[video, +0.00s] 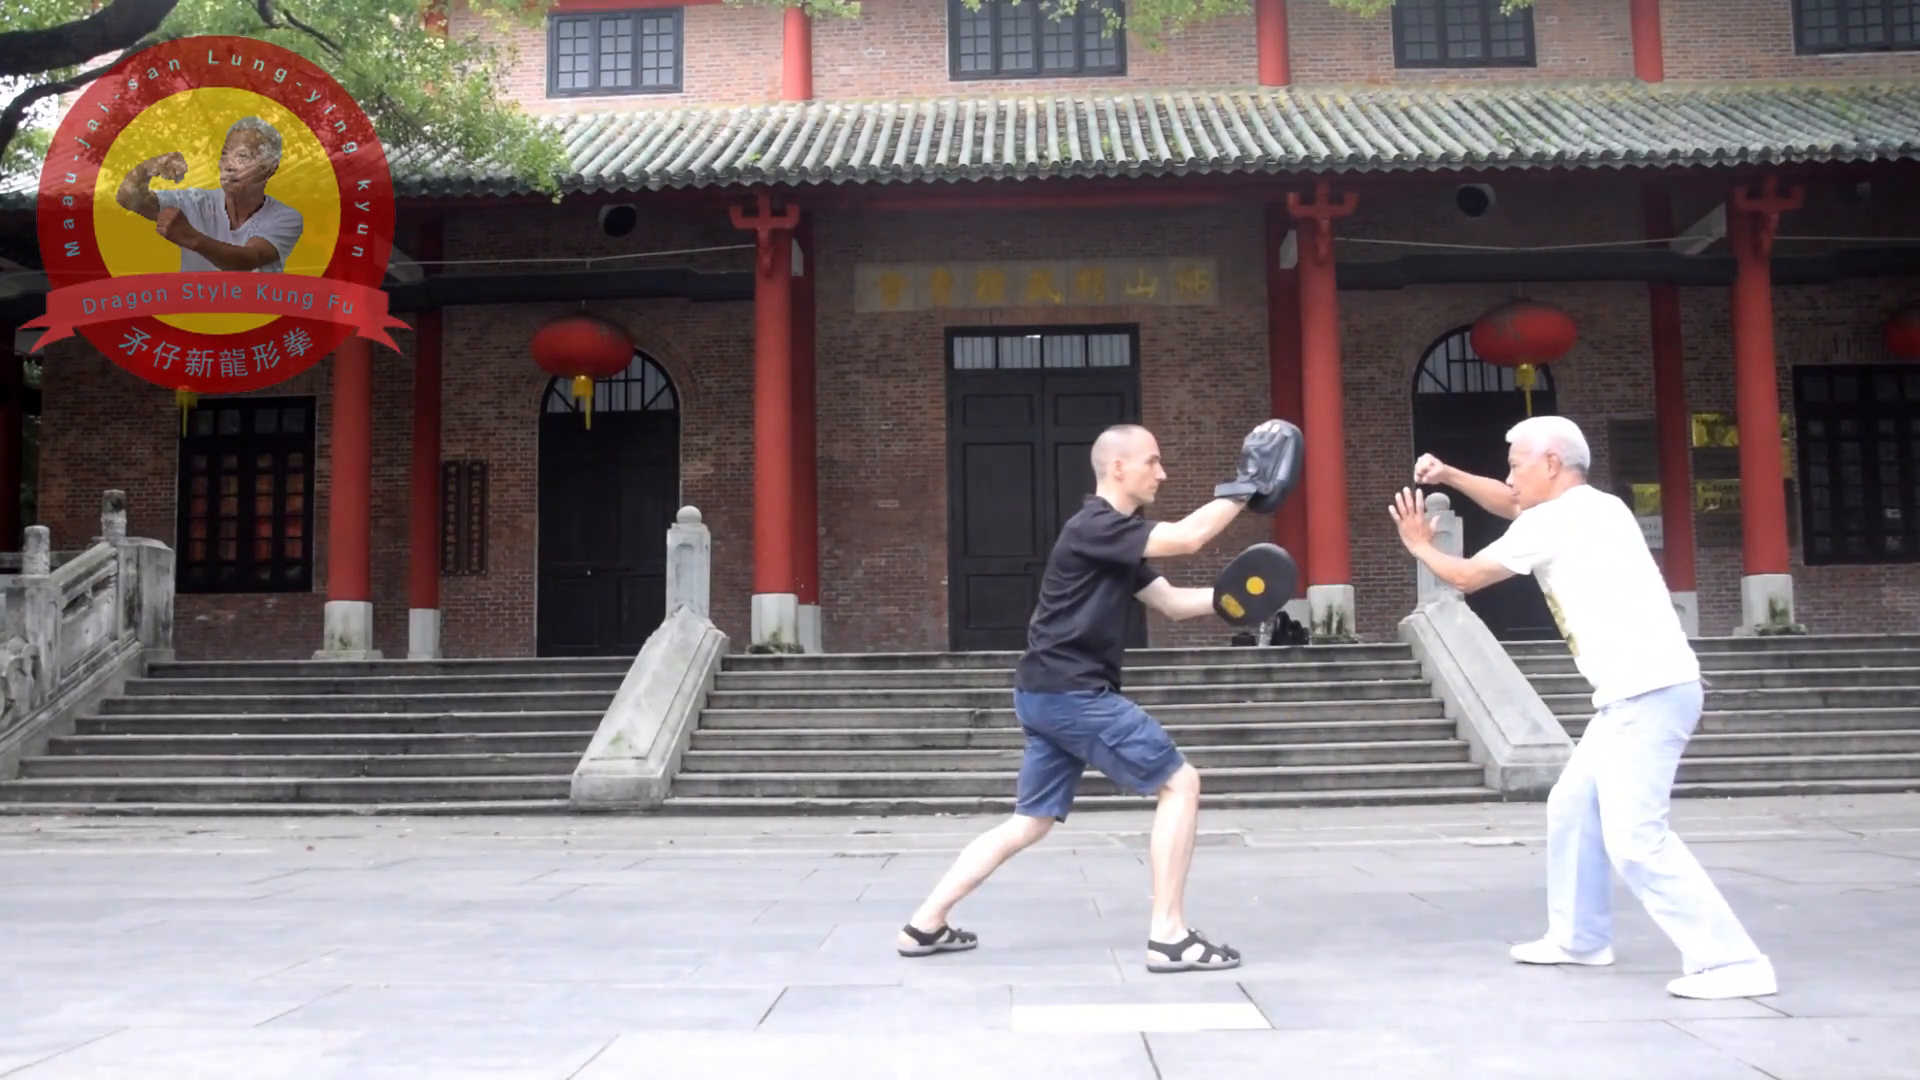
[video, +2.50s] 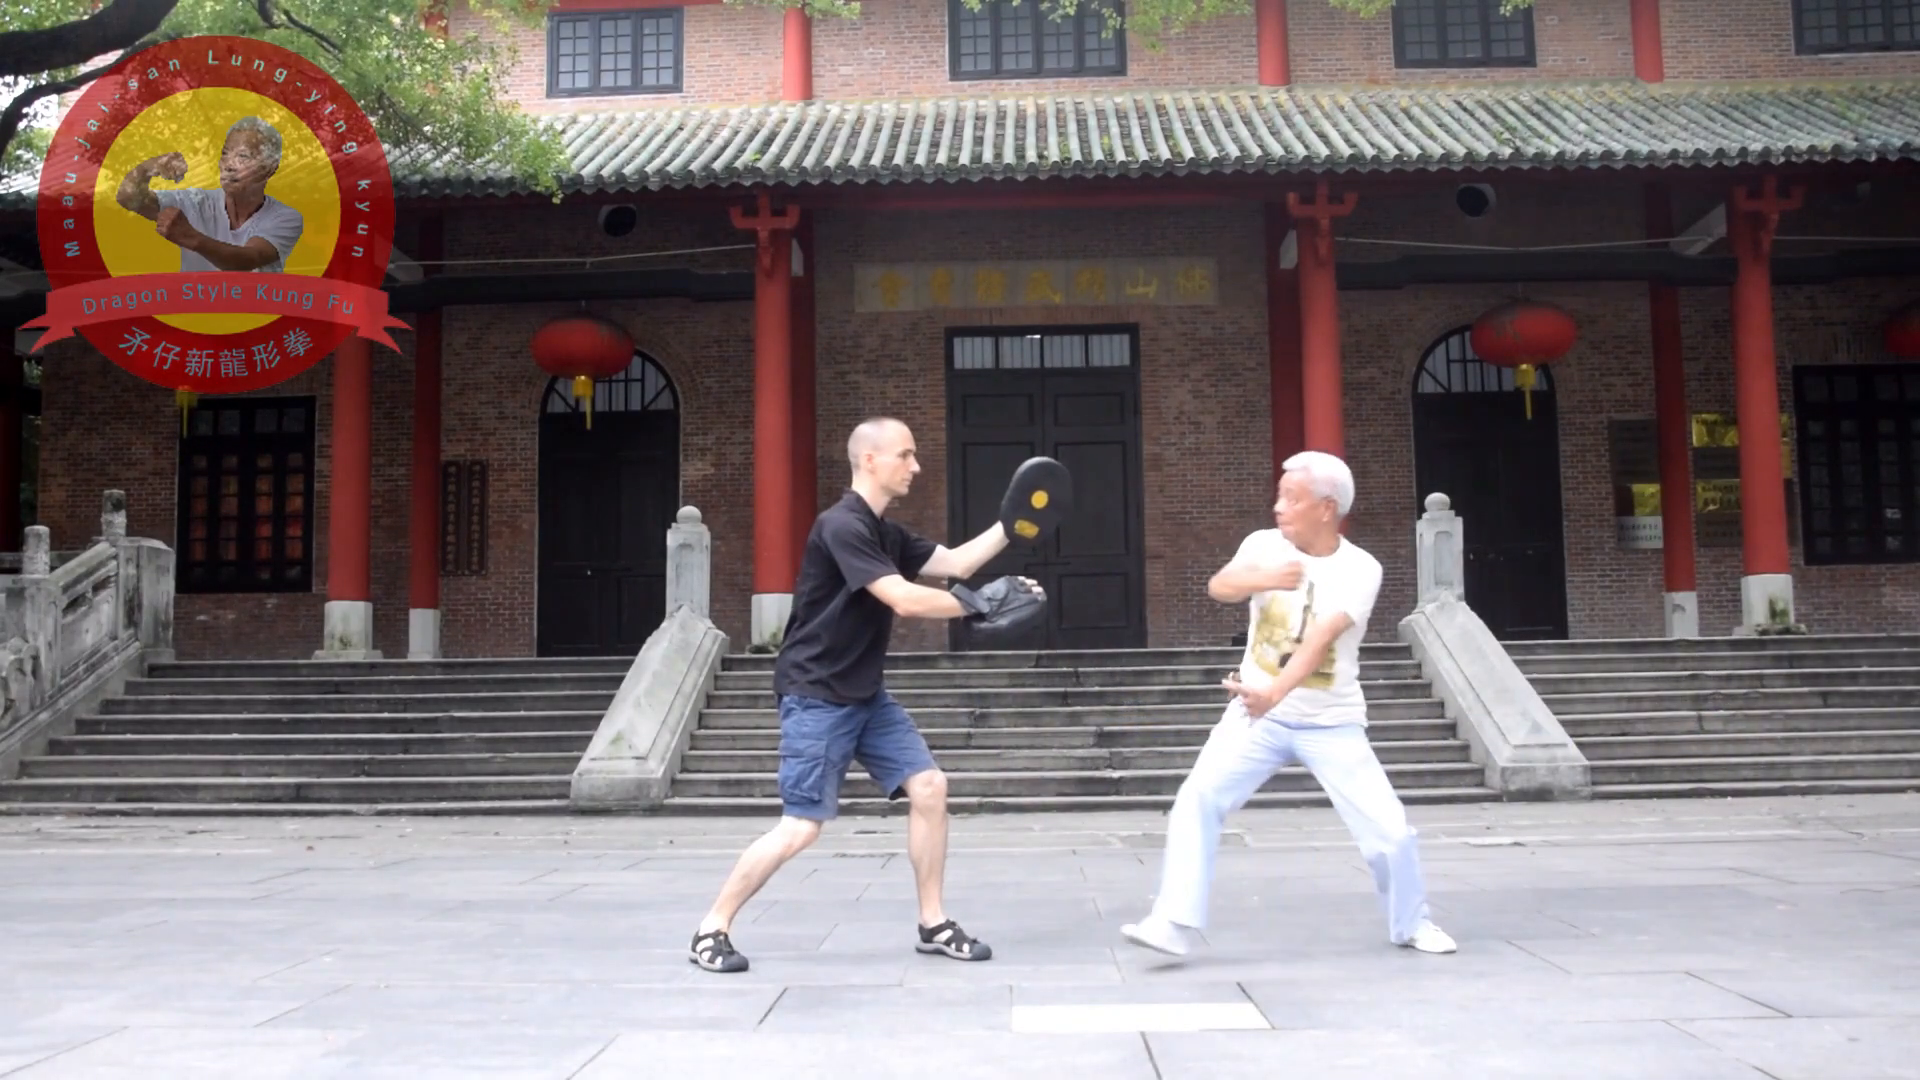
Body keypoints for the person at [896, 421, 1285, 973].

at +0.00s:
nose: (1161, 473)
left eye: (1160, 462)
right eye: (1152, 462)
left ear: (1119, 470)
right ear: (1117, 468)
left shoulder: (1109, 532)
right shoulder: (1096, 525)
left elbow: (1170, 600)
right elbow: (1188, 537)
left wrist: (1242, 596)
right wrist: (1246, 485)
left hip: (1046, 691)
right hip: (1070, 690)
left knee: (1030, 822)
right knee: (1180, 784)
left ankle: (925, 923)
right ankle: (1169, 936)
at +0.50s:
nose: (1154, 469)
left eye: (1152, 459)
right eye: (1144, 459)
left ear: (1111, 468)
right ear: (1108, 465)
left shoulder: (1107, 532)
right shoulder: (1088, 522)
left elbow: (1167, 598)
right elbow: (1176, 533)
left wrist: (1239, 591)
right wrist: (1237, 481)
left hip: (1045, 689)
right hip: (1066, 688)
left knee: (1030, 822)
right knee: (1177, 783)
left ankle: (925, 924)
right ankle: (1169, 935)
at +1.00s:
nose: (1103, 448)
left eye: (1103, 439)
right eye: (1092, 439)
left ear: (1073, 448)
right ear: (1057, 445)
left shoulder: (1091, 515)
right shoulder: (1034, 504)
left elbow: (1134, 567)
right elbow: (1088, 522)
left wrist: (1183, 583)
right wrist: (1148, 467)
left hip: (1044, 678)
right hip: (1048, 678)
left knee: (1012, 810)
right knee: (1151, 781)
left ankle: (921, 924)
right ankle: (1166, 934)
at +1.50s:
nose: (1037, 464)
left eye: (1037, 453)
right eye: (1027, 453)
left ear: (1004, 460)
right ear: (991, 458)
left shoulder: (1005, 528)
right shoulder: (962, 518)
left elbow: (1041, 581)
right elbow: (1002, 598)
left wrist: (1100, 572)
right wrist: (1081, 581)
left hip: (979, 682)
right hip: (944, 682)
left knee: (1019, 803)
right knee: (1041, 768)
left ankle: (943, 917)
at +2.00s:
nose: (923, 468)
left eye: (923, 458)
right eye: (913, 458)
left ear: (891, 466)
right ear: (877, 464)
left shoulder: (895, 536)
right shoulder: (843, 527)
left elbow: (962, 569)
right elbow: (899, 603)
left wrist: (1021, 528)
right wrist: (979, 611)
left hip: (871, 695)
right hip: (817, 697)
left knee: (930, 792)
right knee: (801, 829)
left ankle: (934, 924)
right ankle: (712, 930)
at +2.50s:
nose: (916, 466)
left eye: (914, 456)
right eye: (905, 455)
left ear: (879, 464)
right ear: (869, 462)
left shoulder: (884, 530)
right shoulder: (841, 525)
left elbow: (954, 564)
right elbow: (904, 601)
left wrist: (1013, 524)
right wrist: (983, 603)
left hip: (867, 695)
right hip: (816, 696)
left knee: (929, 789)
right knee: (802, 827)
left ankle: (934, 924)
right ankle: (712, 929)